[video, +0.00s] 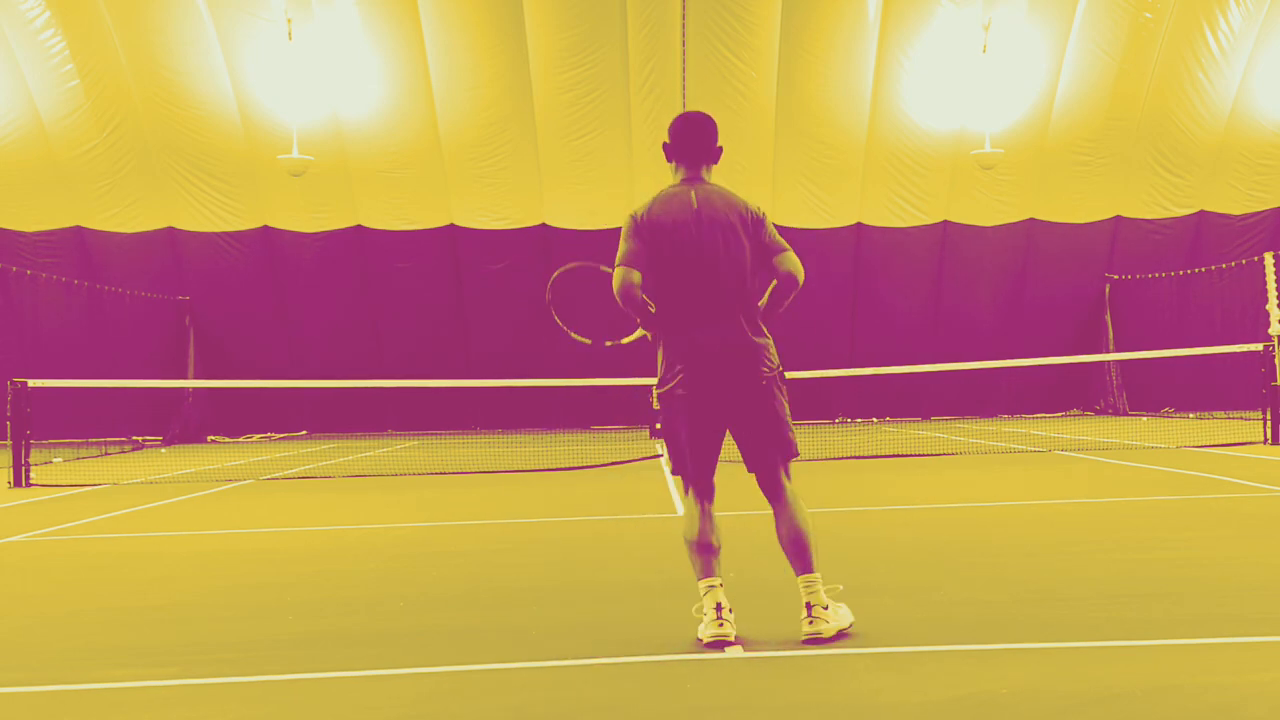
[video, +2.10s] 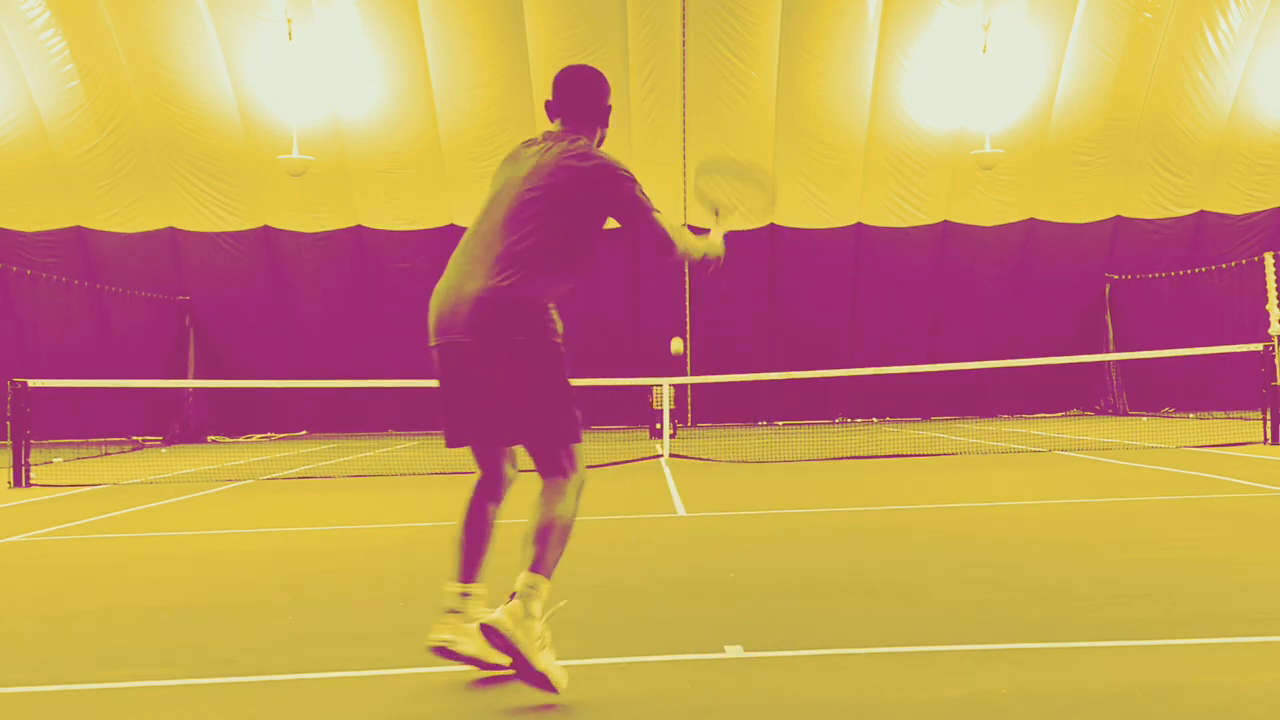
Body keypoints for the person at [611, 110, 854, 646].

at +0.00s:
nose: (702, 162)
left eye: (673, 154)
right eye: (712, 152)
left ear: (667, 155)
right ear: (717, 155)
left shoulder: (644, 216)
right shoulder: (744, 211)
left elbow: (624, 286)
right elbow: (792, 273)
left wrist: (655, 322)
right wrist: (759, 316)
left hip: (685, 371)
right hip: (750, 366)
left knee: (697, 493)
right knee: (779, 484)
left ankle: (715, 611)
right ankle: (816, 605)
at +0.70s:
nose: (678, 147)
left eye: (670, 137)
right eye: (699, 138)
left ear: (664, 141)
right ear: (713, 141)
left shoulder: (643, 195)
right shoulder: (744, 194)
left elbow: (620, 257)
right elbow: (783, 241)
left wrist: (650, 294)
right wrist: (744, 280)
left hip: (673, 347)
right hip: (737, 344)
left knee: (676, 472)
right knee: (741, 460)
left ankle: (679, 597)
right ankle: (759, 548)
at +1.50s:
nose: (700, 169)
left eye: (674, 160)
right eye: (706, 160)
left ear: (660, 161)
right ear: (710, 163)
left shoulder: (626, 219)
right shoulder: (734, 223)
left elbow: (610, 303)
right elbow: (762, 301)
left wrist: (624, 346)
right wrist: (722, 326)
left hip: (646, 367)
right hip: (715, 368)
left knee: (629, 482)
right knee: (719, 483)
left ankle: (609, 585)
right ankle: (734, 604)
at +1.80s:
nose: (642, 173)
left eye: (629, 165)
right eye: (644, 166)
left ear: (592, 167)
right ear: (644, 167)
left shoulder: (556, 227)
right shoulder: (655, 225)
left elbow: (552, 310)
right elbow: (679, 318)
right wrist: (661, 366)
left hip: (563, 383)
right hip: (634, 377)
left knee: (594, 511)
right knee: (678, 492)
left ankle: (548, 622)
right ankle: (704, 614)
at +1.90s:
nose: (626, 165)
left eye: (621, 155)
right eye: (627, 156)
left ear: (575, 158)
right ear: (625, 158)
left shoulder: (541, 213)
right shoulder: (628, 214)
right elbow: (657, 309)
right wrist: (653, 345)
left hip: (526, 368)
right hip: (589, 363)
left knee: (582, 504)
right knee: (647, 488)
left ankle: (543, 637)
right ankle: (630, 620)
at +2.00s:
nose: (614, 134)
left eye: (607, 125)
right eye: (616, 125)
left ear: (564, 124)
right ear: (616, 126)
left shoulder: (531, 177)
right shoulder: (610, 182)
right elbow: (654, 276)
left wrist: (654, 281)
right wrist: (681, 302)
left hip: (486, 324)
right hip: (549, 324)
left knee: (536, 479)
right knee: (602, 471)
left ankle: (531, 619)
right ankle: (561, 603)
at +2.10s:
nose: (603, 124)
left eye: (596, 114)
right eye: (605, 114)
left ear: (551, 113)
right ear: (606, 115)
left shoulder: (517, 159)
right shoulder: (603, 170)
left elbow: (543, 228)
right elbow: (675, 244)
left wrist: (612, 225)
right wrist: (709, 242)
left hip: (449, 319)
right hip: (514, 320)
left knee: (494, 471)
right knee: (562, 473)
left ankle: (460, 615)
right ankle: (525, 609)